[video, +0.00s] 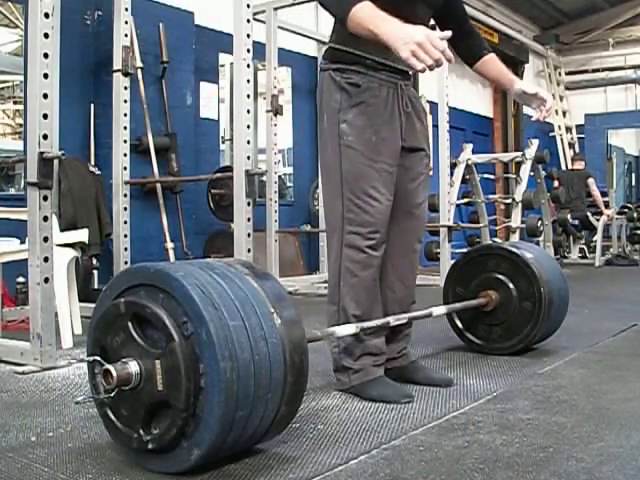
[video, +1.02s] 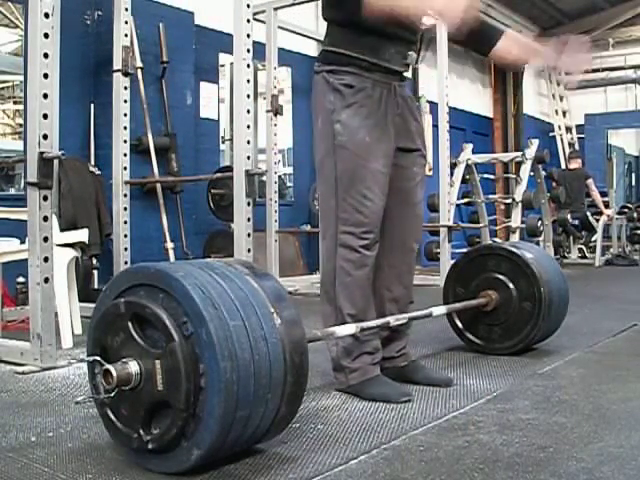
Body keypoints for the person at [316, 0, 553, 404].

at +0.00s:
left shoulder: (439, 2)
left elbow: (461, 32)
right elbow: (333, 1)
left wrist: (516, 85)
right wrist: (392, 30)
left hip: (405, 87)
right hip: (356, 81)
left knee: (408, 227)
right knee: (363, 225)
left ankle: (395, 353)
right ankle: (356, 365)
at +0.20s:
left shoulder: (437, 2)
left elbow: (457, 35)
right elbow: (328, 3)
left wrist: (510, 91)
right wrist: (387, 41)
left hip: (403, 90)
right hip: (352, 82)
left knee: (403, 226)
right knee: (358, 225)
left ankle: (393, 353)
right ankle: (355, 364)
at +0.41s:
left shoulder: (434, 4)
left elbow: (454, 37)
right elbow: (325, 4)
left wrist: (502, 94)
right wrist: (381, 47)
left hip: (403, 91)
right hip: (351, 83)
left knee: (401, 225)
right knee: (357, 224)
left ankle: (393, 353)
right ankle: (355, 364)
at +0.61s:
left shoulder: (434, 4)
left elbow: (453, 40)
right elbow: (322, 5)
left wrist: (499, 95)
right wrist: (376, 49)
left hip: (402, 91)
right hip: (348, 84)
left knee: (400, 226)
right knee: (356, 225)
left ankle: (392, 354)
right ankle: (354, 364)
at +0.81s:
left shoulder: (434, 4)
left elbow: (454, 44)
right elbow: (320, 7)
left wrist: (498, 100)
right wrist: (374, 53)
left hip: (401, 92)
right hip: (347, 86)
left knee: (400, 226)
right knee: (354, 227)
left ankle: (392, 353)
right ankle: (354, 363)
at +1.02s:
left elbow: (468, 25)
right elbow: (342, 8)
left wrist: (547, 52)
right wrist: (422, 9)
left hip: (397, 87)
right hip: (349, 81)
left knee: (403, 228)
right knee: (356, 227)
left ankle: (393, 353)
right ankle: (354, 365)